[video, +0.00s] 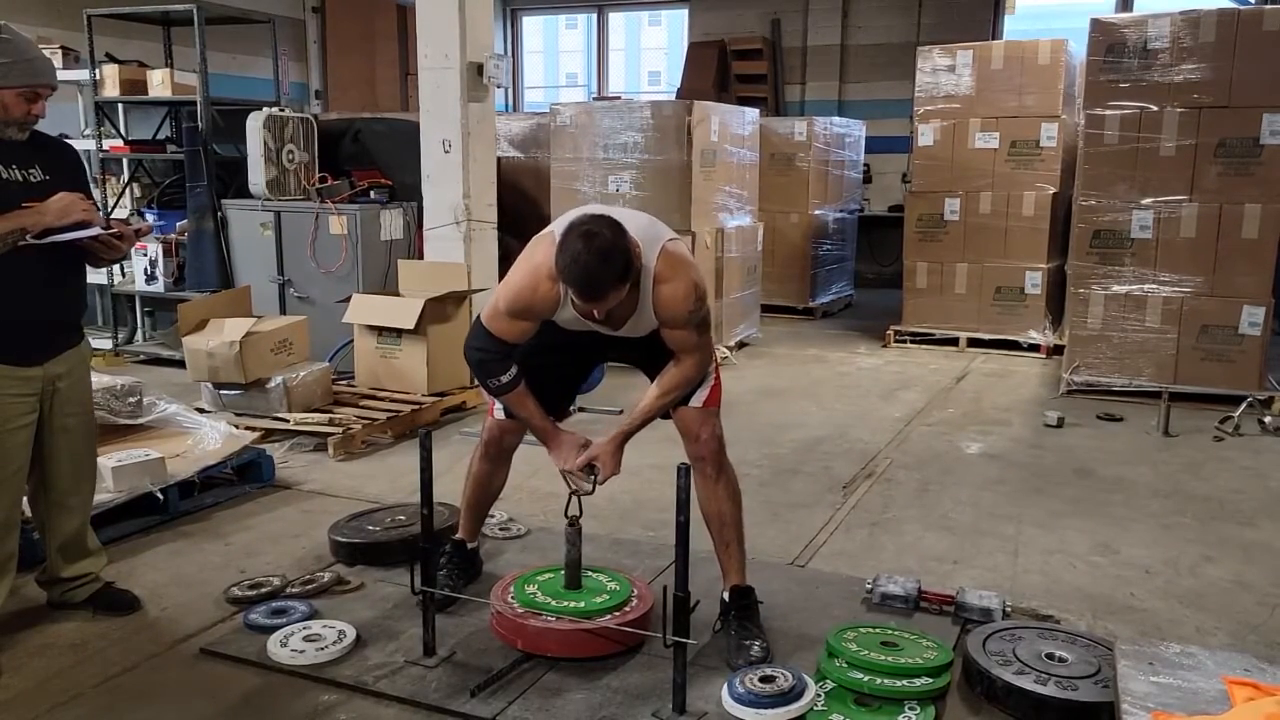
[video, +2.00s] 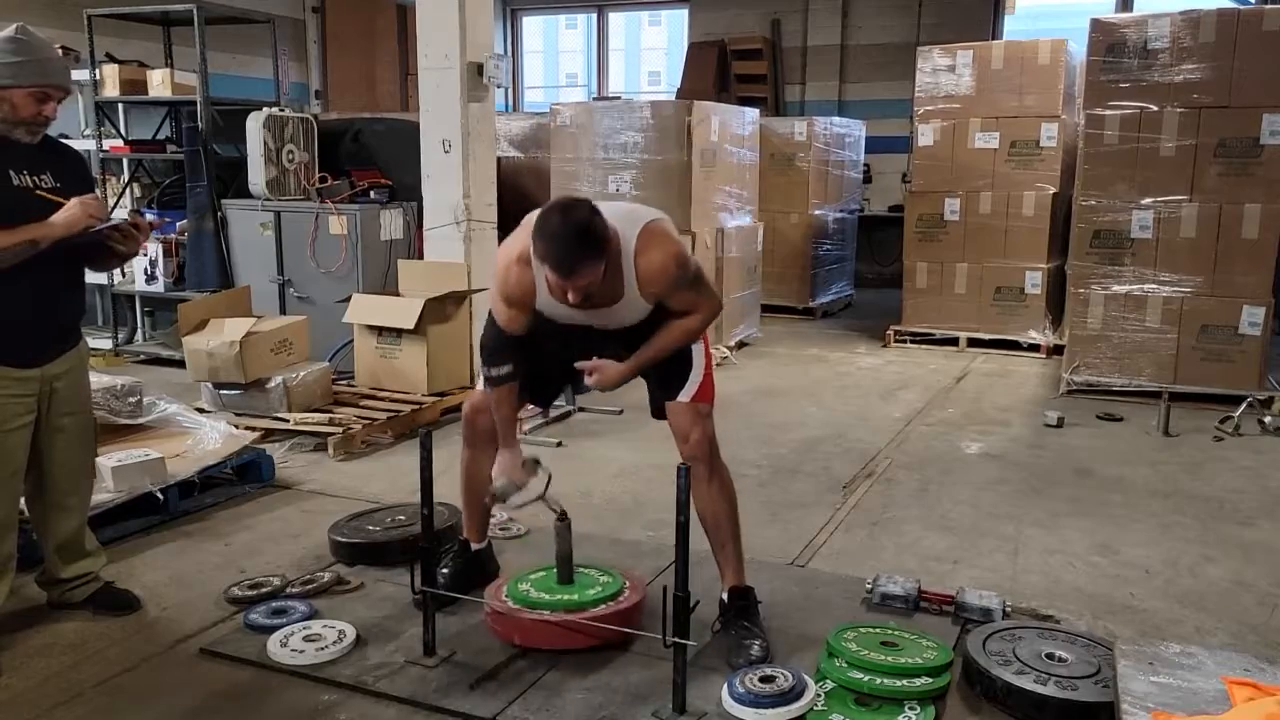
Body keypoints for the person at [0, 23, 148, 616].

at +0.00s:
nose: (39, 107)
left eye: (45, 96)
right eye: (28, 96)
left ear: (48, 92)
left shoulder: (60, 156)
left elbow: (84, 246)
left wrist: (110, 249)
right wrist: (38, 216)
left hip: (65, 346)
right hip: (7, 355)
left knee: (70, 474)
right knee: (7, 489)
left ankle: (74, 581)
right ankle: (0, 597)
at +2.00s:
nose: (52, 110)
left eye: (58, 99)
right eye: (43, 98)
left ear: (58, 96)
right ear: (5, 90)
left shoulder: (67, 161)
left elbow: (78, 253)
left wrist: (117, 249)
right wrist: (49, 228)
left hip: (64, 350)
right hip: (5, 359)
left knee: (68, 475)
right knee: (7, 490)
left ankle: (73, 580)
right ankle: (1, 597)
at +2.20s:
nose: (63, 113)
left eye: (67, 101)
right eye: (52, 101)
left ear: (64, 98)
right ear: (11, 96)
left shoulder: (70, 161)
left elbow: (82, 253)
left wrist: (119, 249)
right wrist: (50, 231)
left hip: (65, 350)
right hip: (5, 359)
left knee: (68, 475)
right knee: (6, 490)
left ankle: (73, 579)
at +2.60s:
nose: (60, 113)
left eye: (66, 101)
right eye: (49, 100)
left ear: (67, 98)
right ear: (10, 92)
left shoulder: (72, 161)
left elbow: (85, 253)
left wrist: (120, 251)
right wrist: (53, 232)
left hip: (67, 352)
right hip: (7, 360)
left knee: (70, 477)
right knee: (7, 492)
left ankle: (74, 581)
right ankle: (1, 599)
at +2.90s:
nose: (56, 110)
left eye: (62, 99)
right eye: (45, 97)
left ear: (64, 97)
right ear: (7, 91)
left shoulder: (72, 161)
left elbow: (88, 254)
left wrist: (121, 251)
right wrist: (52, 232)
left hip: (68, 351)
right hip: (6, 360)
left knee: (70, 476)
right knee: (6, 491)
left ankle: (73, 580)